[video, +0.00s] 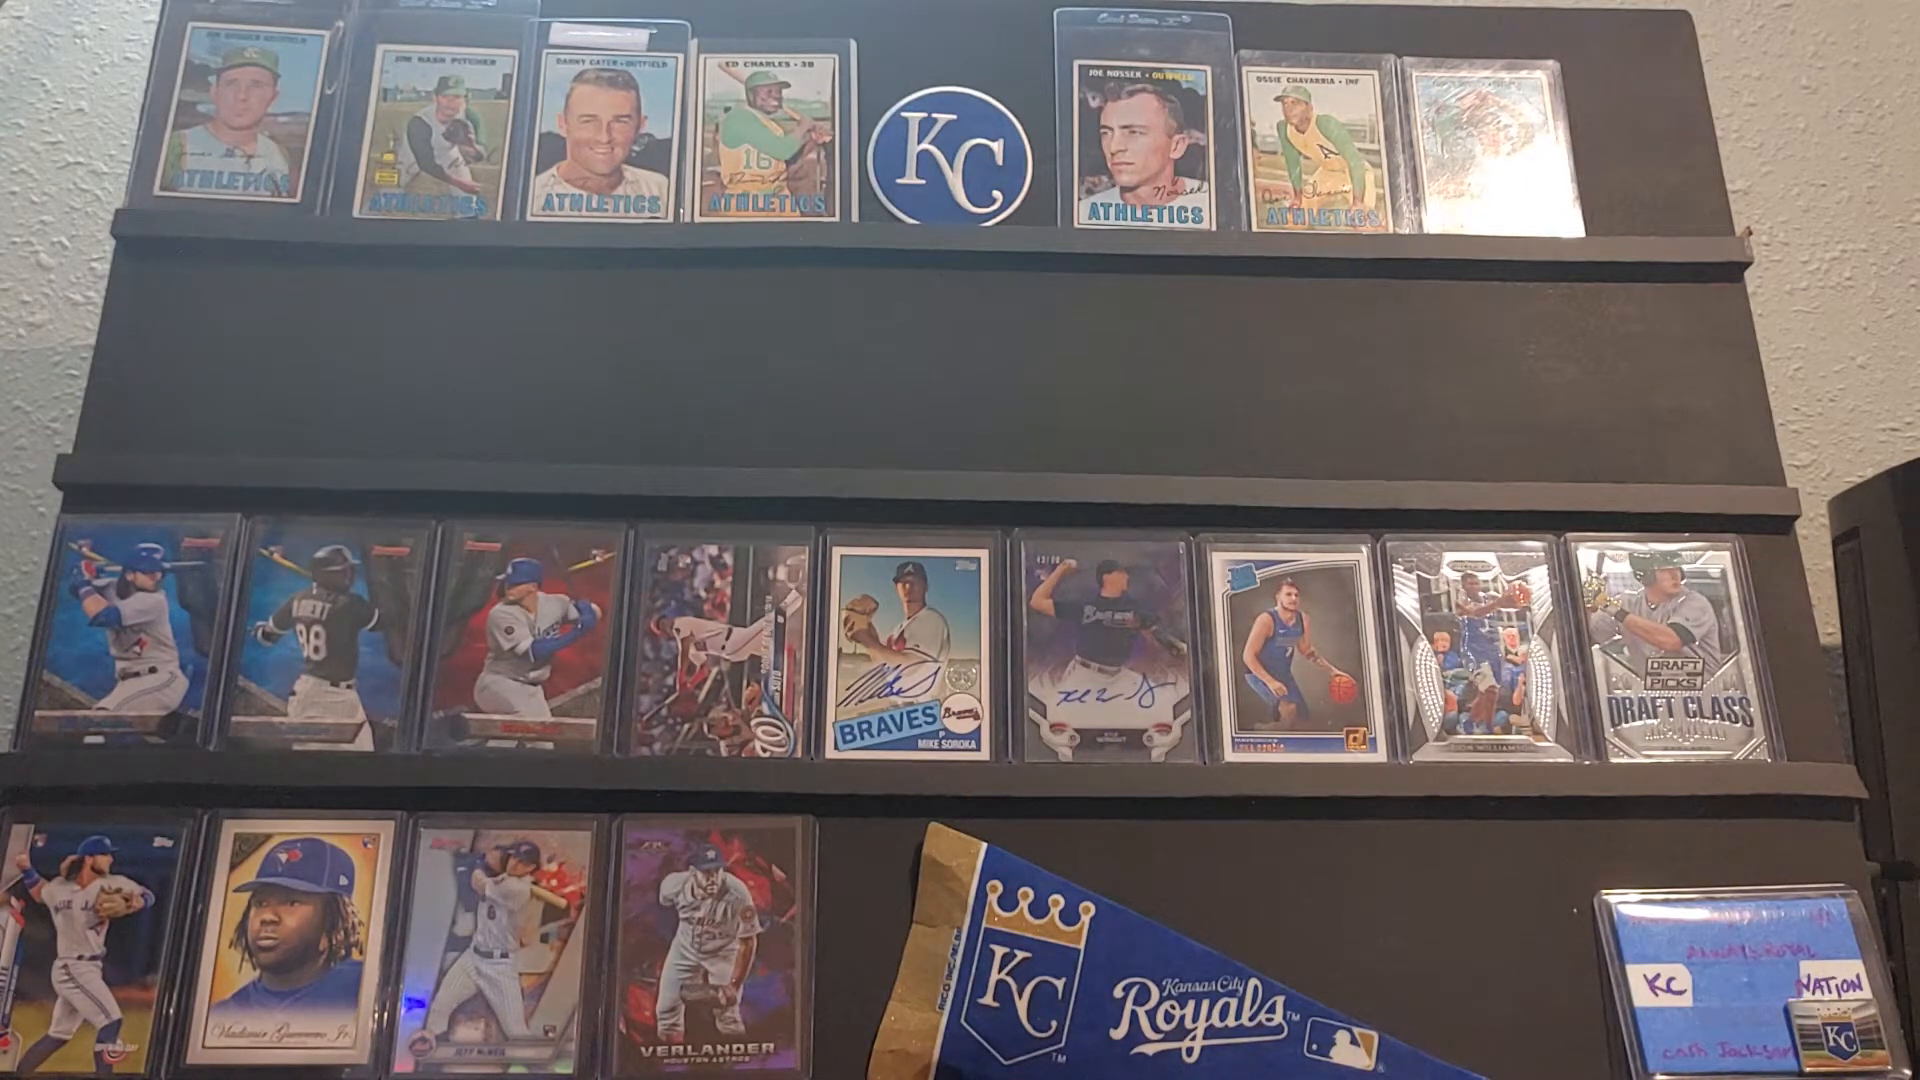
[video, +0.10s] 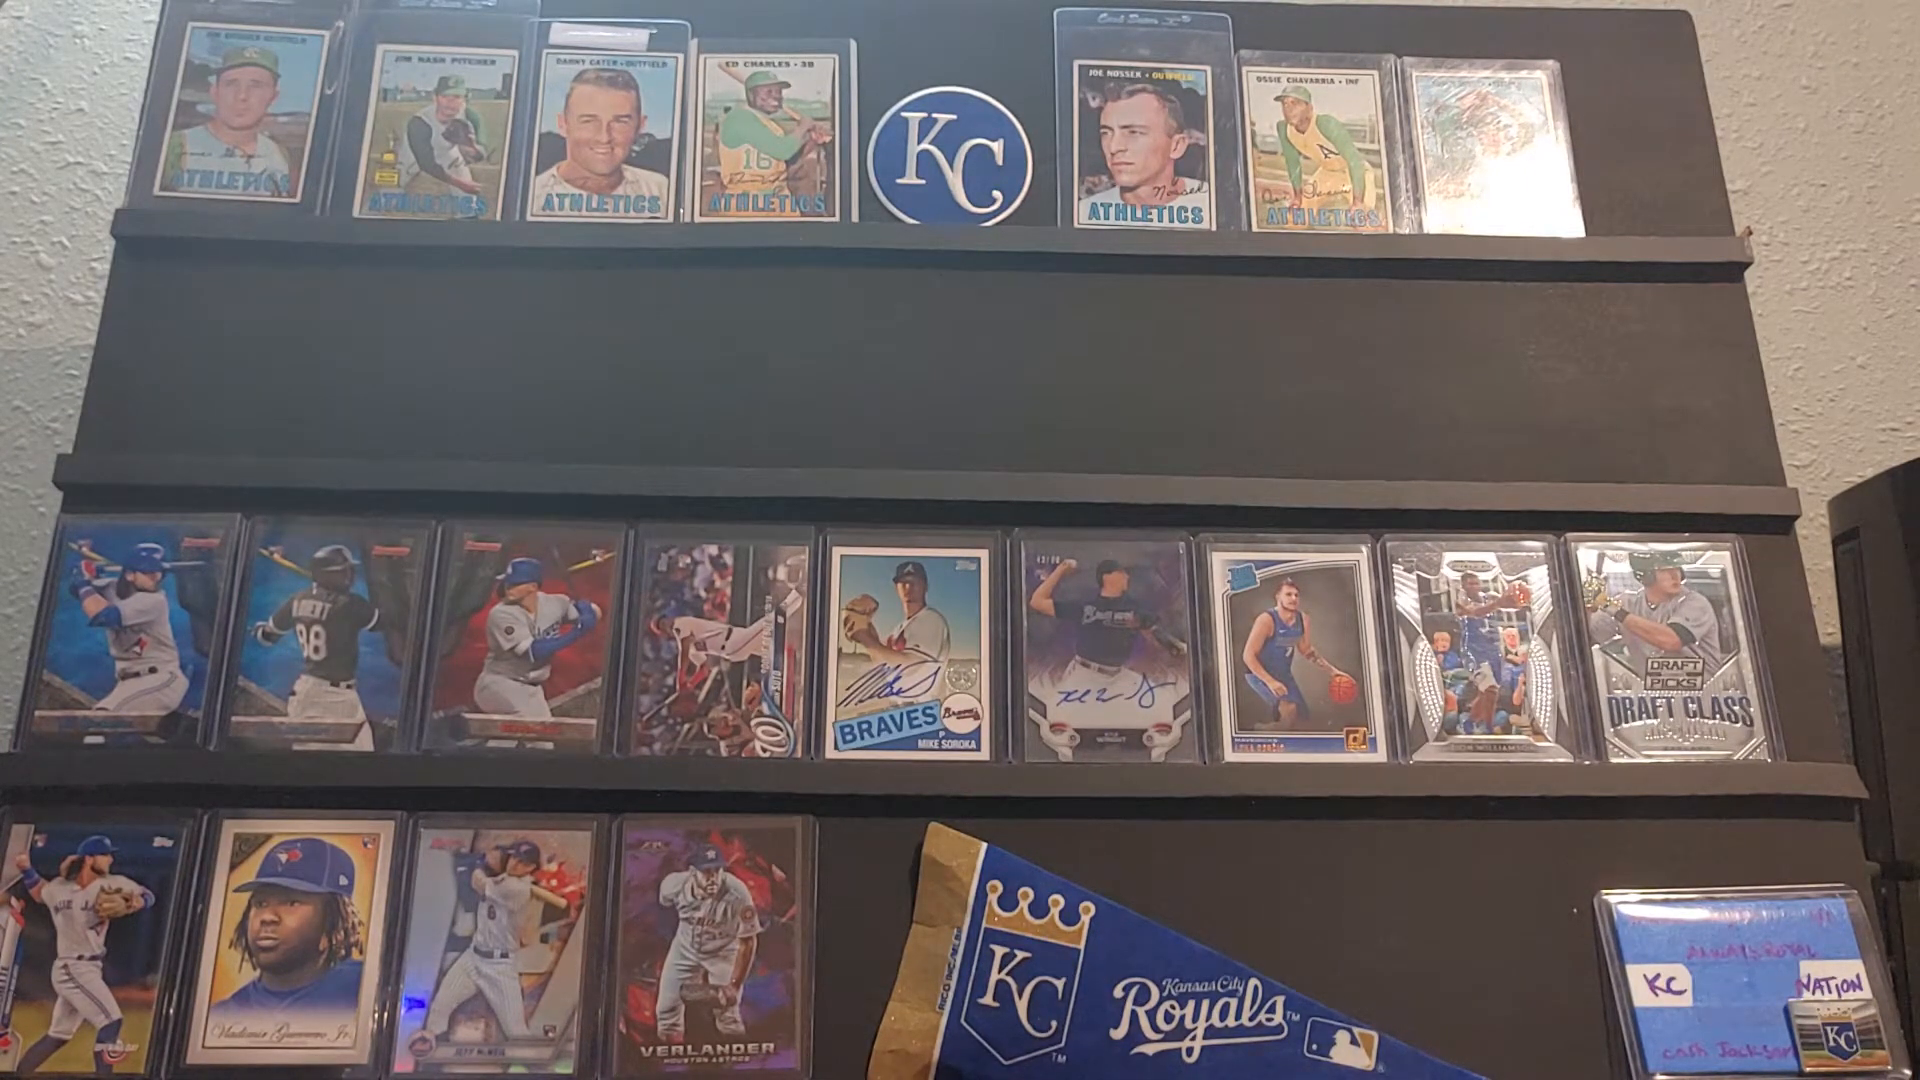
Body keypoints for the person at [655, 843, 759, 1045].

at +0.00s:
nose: (712, 878)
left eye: (716, 871)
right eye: (706, 872)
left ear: (722, 869)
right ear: (693, 871)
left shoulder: (738, 893)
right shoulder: (673, 886)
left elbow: (749, 941)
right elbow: (667, 912)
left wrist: (735, 985)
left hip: (724, 954)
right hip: (684, 948)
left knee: (727, 1015)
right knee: (666, 1009)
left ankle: (740, 1068)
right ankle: (673, 1068)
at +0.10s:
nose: (712, 878)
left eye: (716, 871)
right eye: (706, 872)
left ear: (722, 869)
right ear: (693, 871)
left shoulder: (738, 893)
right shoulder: (673, 886)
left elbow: (749, 941)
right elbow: (667, 913)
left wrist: (735, 985)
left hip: (725, 954)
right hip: (684, 948)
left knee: (727, 1014)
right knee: (666, 1009)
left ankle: (740, 1067)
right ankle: (673, 1068)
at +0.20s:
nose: (712, 878)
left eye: (716, 871)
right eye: (705, 872)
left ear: (722, 869)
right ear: (692, 871)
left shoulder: (738, 893)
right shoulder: (672, 886)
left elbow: (749, 941)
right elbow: (668, 914)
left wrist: (735, 985)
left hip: (724, 954)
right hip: (684, 948)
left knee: (727, 1015)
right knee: (666, 1009)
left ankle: (740, 1068)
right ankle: (673, 1069)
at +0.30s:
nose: (712, 878)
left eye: (716, 871)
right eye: (705, 872)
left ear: (722, 869)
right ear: (692, 871)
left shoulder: (738, 893)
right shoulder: (672, 886)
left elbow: (749, 941)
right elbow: (668, 914)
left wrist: (735, 985)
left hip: (724, 954)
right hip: (684, 948)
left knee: (727, 1015)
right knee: (666, 1009)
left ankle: (740, 1068)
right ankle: (673, 1069)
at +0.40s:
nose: (712, 878)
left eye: (716, 871)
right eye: (705, 872)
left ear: (722, 869)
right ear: (692, 871)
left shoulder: (738, 893)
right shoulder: (672, 886)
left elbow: (749, 941)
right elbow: (668, 914)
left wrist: (735, 985)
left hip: (724, 954)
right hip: (684, 948)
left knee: (727, 1015)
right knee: (666, 1009)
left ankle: (740, 1068)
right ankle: (673, 1069)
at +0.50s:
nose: (712, 878)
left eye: (716, 871)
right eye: (706, 872)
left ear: (722, 869)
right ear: (692, 871)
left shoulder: (738, 893)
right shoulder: (672, 886)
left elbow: (749, 941)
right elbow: (668, 914)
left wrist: (735, 985)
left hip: (724, 954)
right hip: (684, 948)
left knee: (727, 1015)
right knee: (666, 1009)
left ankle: (740, 1068)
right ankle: (673, 1069)